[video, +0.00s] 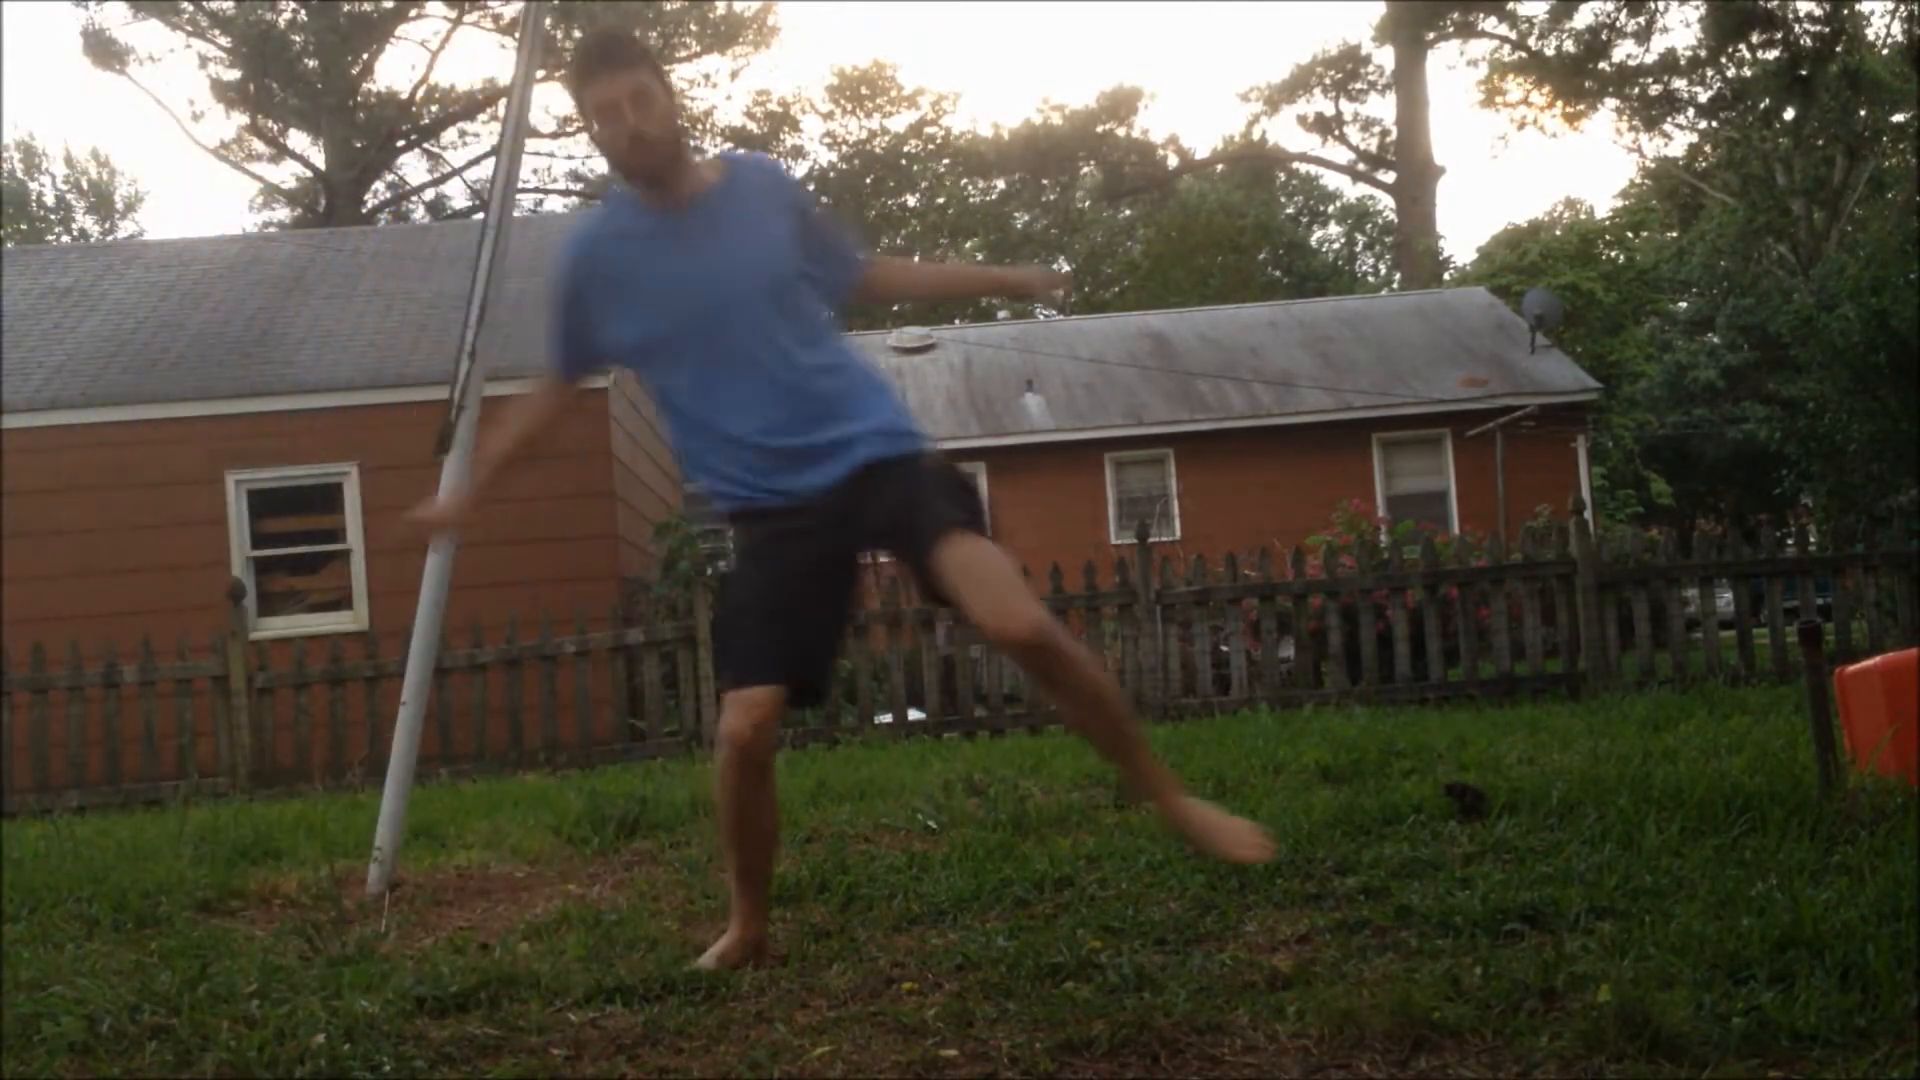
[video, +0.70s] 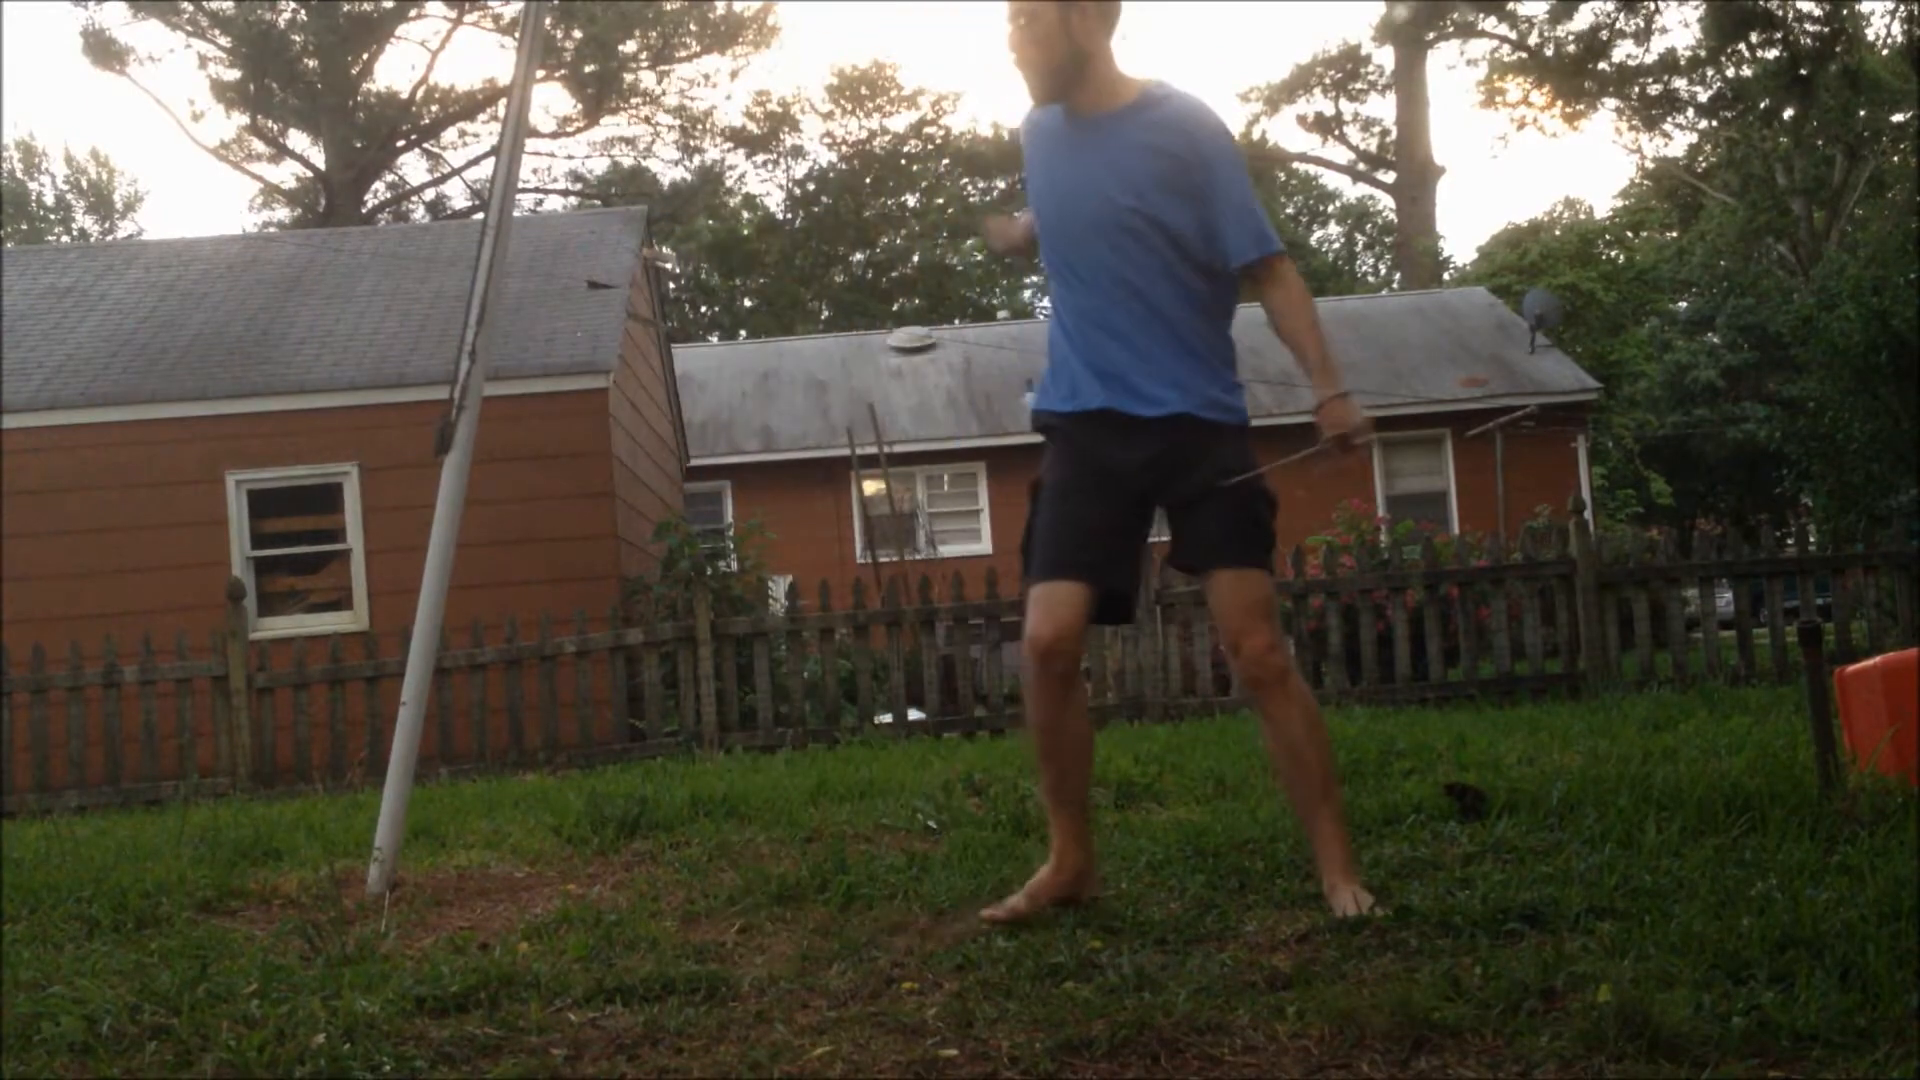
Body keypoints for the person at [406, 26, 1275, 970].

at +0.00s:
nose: (632, 124)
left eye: (640, 100)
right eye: (608, 114)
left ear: (673, 95)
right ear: (587, 132)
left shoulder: (760, 187)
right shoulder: (592, 253)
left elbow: (863, 278)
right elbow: (554, 387)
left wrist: (1007, 279)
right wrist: (468, 485)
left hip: (877, 454)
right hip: (768, 505)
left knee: (1024, 625)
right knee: (743, 732)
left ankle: (1174, 801)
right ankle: (747, 929)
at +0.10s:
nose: (663, 164)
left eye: (673, 139)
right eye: (647, 151)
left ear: (719, 130)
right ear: (641, 164)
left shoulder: (837, 202)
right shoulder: (672, 273)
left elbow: (953, 272)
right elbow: (650, 395)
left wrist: (1084, 295)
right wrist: (613, 455)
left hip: (955, 478)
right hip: (835, 516)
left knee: (1098, 649)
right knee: (764, 729)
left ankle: (1268, 829)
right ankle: (748, 927)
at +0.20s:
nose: (751, 162)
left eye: (757, 137)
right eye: (738, 148)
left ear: (809, 118)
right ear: (739, 151)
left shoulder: (934, 194)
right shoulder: (775, 252)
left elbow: (1062, 283)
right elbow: (803, 364)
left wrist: (1198, 338)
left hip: (1028, 496)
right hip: (904, 524)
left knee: (1164, 680)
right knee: (817, 724)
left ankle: (1317, 864)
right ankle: (753, 923)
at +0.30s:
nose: (848, 120)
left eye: (862, 96)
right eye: (838, 104)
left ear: (919, 92)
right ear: (842, 116)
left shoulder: (1035, 177)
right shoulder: (880, 216)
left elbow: (1167, 281)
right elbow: (947, 339)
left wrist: (1303, 367)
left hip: (1098, 483)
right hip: (979, 500)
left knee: (1209, 687)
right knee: (884, 702)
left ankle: (1328, 876)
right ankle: (831, 900)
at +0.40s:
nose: (927, 76)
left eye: (943, 51)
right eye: (921, 57)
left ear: (997, 54)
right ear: (930, 69)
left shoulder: (1096, 151)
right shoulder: (952, 180)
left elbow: (1230, 267)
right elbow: (1014, 302)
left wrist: (1364, 358)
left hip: (1136, 459)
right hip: (1018, 465)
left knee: (1227, 671)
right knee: (946, 666)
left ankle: (1332, 877)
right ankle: (972, 880)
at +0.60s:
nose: (1002, 40)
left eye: (1018, 20)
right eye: (1000, 24)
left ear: (1082, 21)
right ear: (1027, 38)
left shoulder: (1174, 133)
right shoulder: (1030, 139)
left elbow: (1271, 268)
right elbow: (1073, 271)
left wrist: (1351, 374)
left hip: (1187, 429)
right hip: (1072, 430)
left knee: (1252, 655)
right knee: (1037, 643)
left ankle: (1338, 880)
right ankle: (1073, 857)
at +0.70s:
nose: (1013, 38)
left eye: (1027, 17)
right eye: (1010, 20)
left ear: (1088, 18)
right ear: (1039, 30)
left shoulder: (1184, 123)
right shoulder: (1039, 135)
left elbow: (1269, 269)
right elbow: (1073, 222)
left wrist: (1328, 385)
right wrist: (1024, 230)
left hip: (1201, 424)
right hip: (1083, 426)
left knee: (1258, 651)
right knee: (1047, 640)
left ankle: (1339, 879)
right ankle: (1067, 864)